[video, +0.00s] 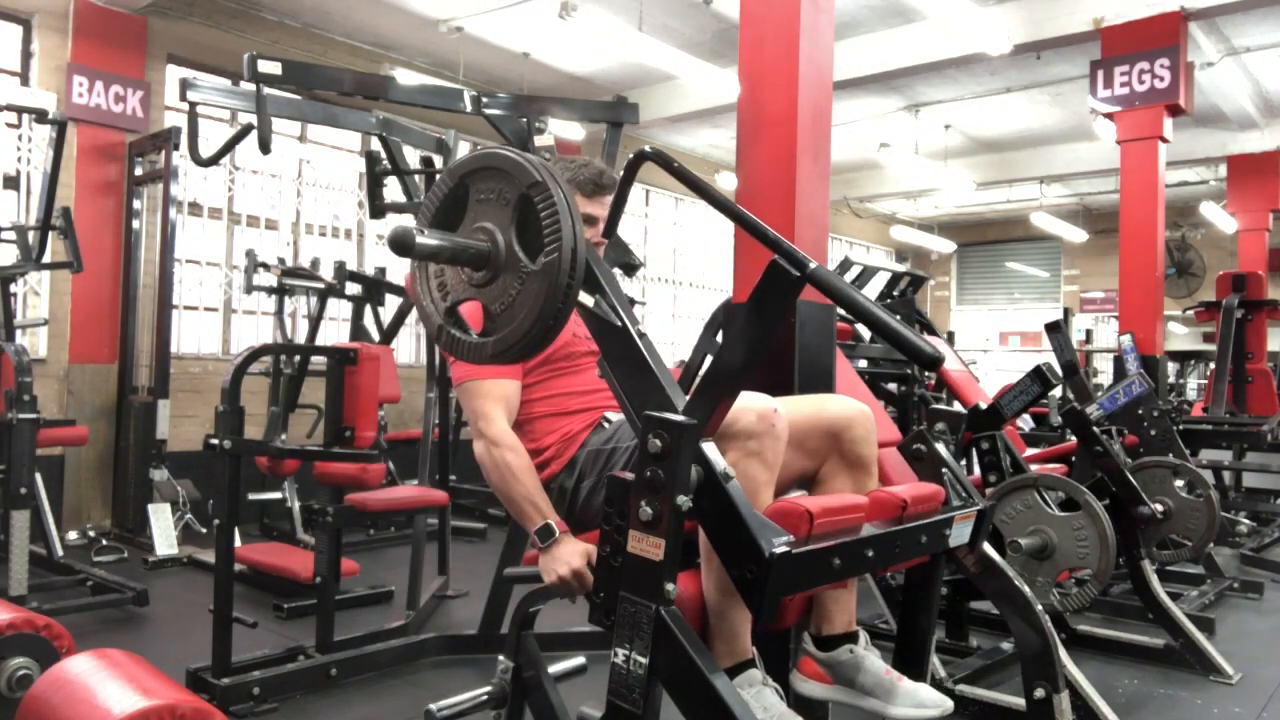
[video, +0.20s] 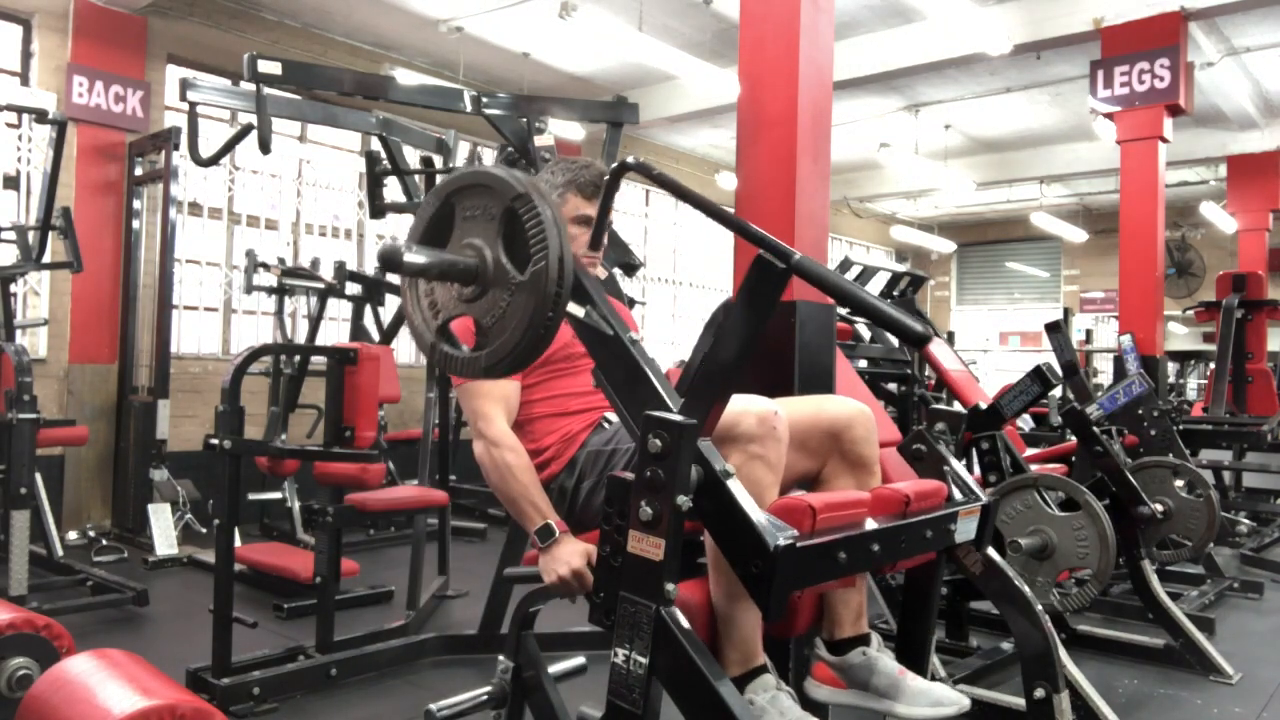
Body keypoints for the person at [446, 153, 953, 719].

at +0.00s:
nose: (600, 242)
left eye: (605, 228)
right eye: (588, 225)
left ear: (606, 227)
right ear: (545, 220)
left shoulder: (582, 297)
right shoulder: (494, 301)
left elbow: (613, 397)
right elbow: (492, 436)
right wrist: (549, 536)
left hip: (643, 441)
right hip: (583, 463)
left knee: (849, 425)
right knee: (756, 425)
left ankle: (834, 642)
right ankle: (734, 662)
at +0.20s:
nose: (597, 241)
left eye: (600, 227)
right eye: (583, 224)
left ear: (600, 232)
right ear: (537, 224)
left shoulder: (604, 303)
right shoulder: (499, 304)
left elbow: (640, 391)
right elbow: (490, 435)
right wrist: (549, 536)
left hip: (654, 440)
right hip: (587, 463)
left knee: (850, 424)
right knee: (754, 427)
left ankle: (848, 645)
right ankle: (745, 669)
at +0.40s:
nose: (599, 239)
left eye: (605, 228)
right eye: (586, 224)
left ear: (605, 236)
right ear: (539, 226)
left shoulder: (610, 306)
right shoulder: (502, 299)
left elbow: (649, 392)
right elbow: (490, 436)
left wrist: (717, 412)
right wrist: (550, 538)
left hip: (653, 445)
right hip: (585, 467)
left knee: (851, 423)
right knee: (755, 429)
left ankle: (877, 644)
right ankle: (768, 678)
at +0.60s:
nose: (600, 243)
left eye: (605, 231)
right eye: (585, 230)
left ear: (608, 234)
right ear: (538, 226)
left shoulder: (612, 307)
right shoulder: (501, 294)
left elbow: (650, 400)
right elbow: (487, 428)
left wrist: (715, 435)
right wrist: (552, 537)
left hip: (656, 448)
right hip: (584, 469)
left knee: (852, 418)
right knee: (758, 424)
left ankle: (906, 648)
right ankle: (805, 684)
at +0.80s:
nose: (600, 237)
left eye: (605, 227)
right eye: (585, 224)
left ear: (604, 231)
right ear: (539, 224)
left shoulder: (611, 306)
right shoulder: (498, 299)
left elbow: (652, 403)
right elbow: (484, 425)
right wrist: (553, 536)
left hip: (662, 443)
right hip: (586, 464)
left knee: (853, 419)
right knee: (760, 428)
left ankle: (934, 642)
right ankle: (834, 683)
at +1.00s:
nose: (597, 236)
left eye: (604, 225)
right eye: (583, 223)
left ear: (603, 230)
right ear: (538, 222)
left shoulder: (613, 305)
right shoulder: (496, 299)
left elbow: (657, 400)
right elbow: (486, 423)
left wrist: (732, 413)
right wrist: (552, 534)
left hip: (665, 437)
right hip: (587, 457)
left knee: (852, 416)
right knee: (762, 431)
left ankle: (960, 634)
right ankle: (862, 677)